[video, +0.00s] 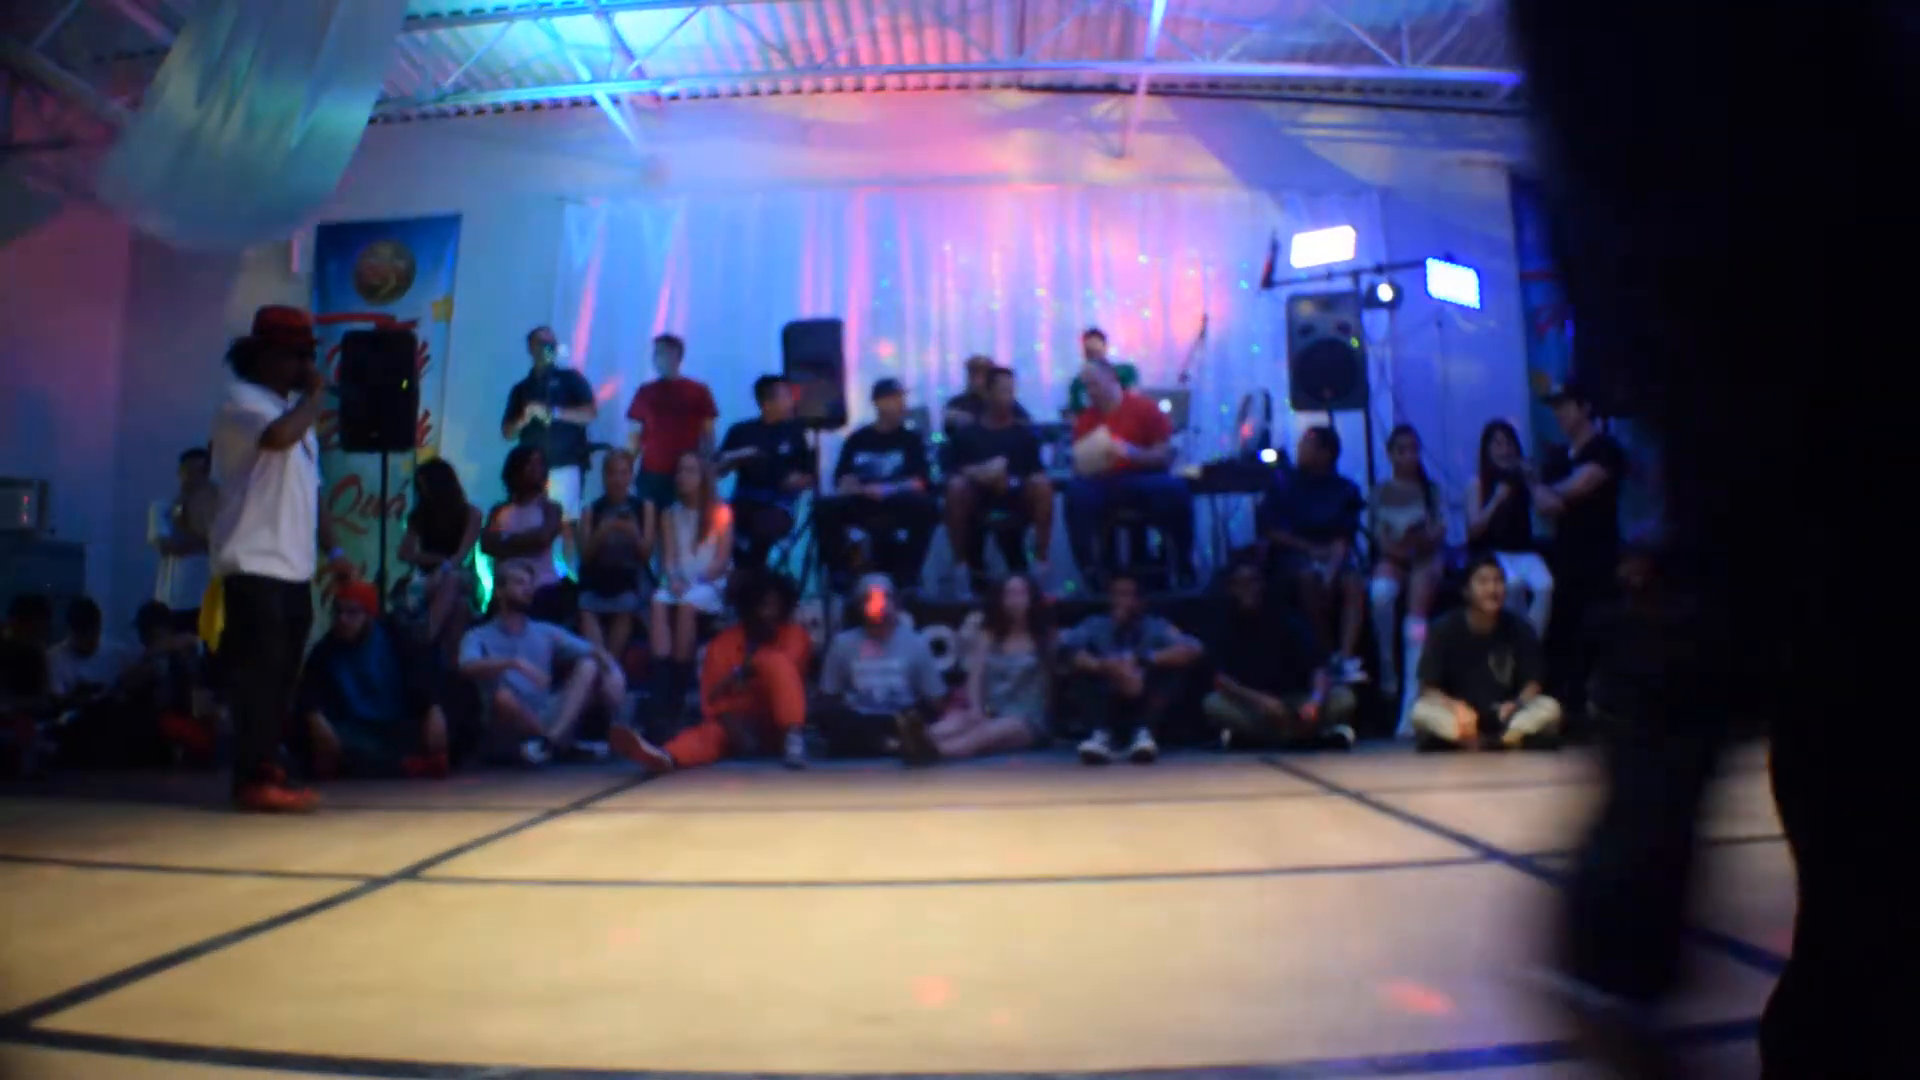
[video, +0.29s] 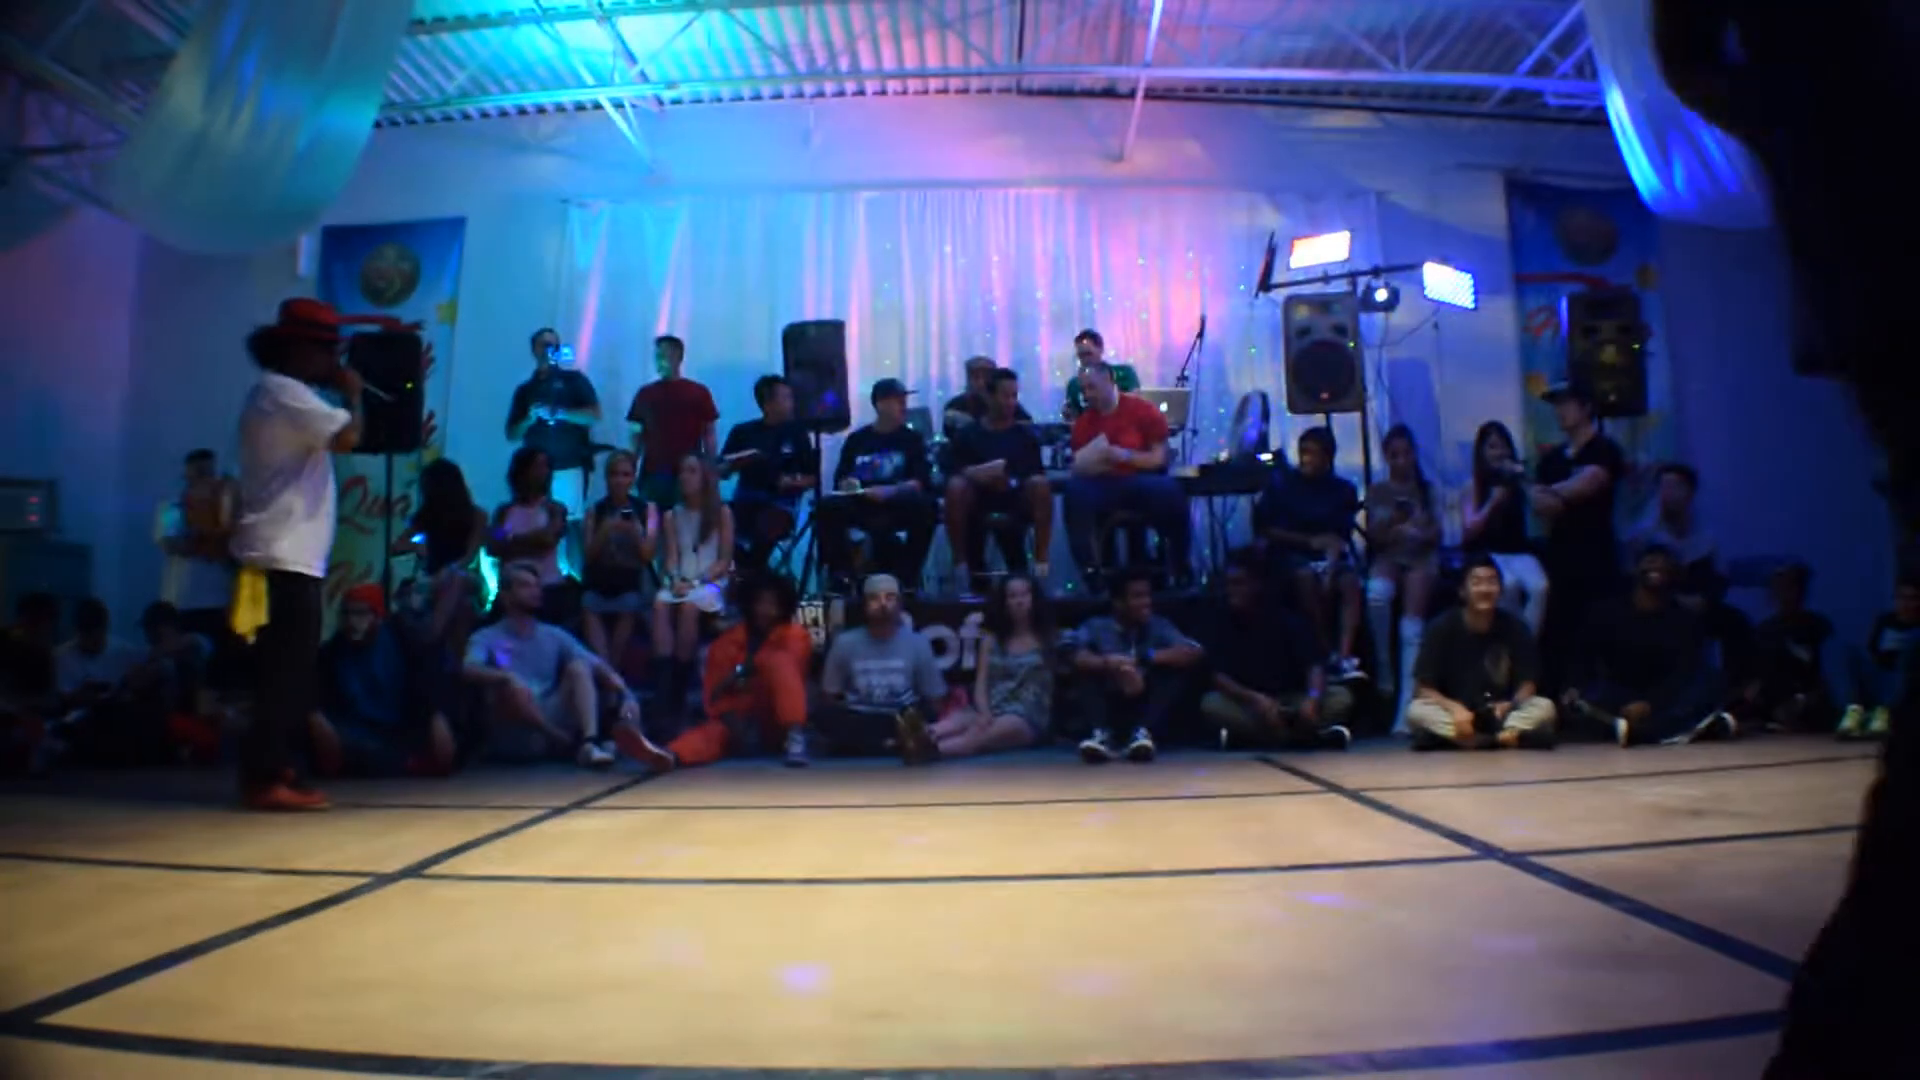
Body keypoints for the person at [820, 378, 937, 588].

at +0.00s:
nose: (897, 406)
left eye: (899, 399)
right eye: (891, 400)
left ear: (903, 402)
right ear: (878, 403)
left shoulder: (911, 439)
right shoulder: (858, 439)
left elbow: (921, 481)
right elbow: (842, 482)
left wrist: (887, 490)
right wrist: (865, 490)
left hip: (899, 499)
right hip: (862, 499)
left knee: (926, 508)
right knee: (826, 508)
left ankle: (908, 575)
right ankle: (839, 576)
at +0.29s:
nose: (903, 407)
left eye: (904, 401)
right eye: (897, 401)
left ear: (905, 404)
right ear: (879, 405)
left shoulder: (912, 439)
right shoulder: (856, 440)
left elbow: (920, 481)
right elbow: (841, 480)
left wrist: (888, 492)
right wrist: (858, 489)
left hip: (899, 500)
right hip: (862, 501)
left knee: (925, 509)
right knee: (827, 507)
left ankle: (908, 578)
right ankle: (840, 575)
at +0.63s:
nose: (903, 407)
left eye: (903, 401)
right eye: (896, 401)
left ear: (904, 404)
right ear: (879, 405)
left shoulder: (912, 439)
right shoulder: (857, 440)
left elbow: (920, 482)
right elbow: (841, 480)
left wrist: (891, 491)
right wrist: (851, 485)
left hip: (898, 500)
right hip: (862, 500)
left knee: (927, 509)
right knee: (827, 509)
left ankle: (908, 577)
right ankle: (843, 577)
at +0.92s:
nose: (903, 406)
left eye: (904, 401)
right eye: (897, 401)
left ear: (905, 403)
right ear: (878, 404)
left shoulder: (912, 439)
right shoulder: (856, 439)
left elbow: (921, 481)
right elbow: (839, 480)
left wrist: (887, 491)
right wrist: (846, 484)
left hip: (898, 501)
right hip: (861, 501)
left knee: (927, 508)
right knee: (827, 507)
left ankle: (907, 578)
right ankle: (840, 577)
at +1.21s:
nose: (903, 406)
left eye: (904, 400)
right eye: (896, 400)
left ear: (905, 403)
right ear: (879, 404)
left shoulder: (912, 439)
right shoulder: (856, 439)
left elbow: (921, 481)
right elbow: (839, 481)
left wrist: (887, 491)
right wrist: (848, 485)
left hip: (898, 501)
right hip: (861, 501)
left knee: (927, 508)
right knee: (827, 508)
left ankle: (907, 577)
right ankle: (840, 575)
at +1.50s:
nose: (902, 405)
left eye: (903, 400)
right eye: (895, 400)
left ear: (905, 403)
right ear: (878, 404)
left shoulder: (912, 439)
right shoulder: (856, 440)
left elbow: (920, 481)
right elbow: (840, 481)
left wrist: (887, 491)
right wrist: (848, 485)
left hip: (898, 501)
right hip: (861, 501)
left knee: (927, 508)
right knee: (826, 507)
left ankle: (908, 578)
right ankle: (839, 576)